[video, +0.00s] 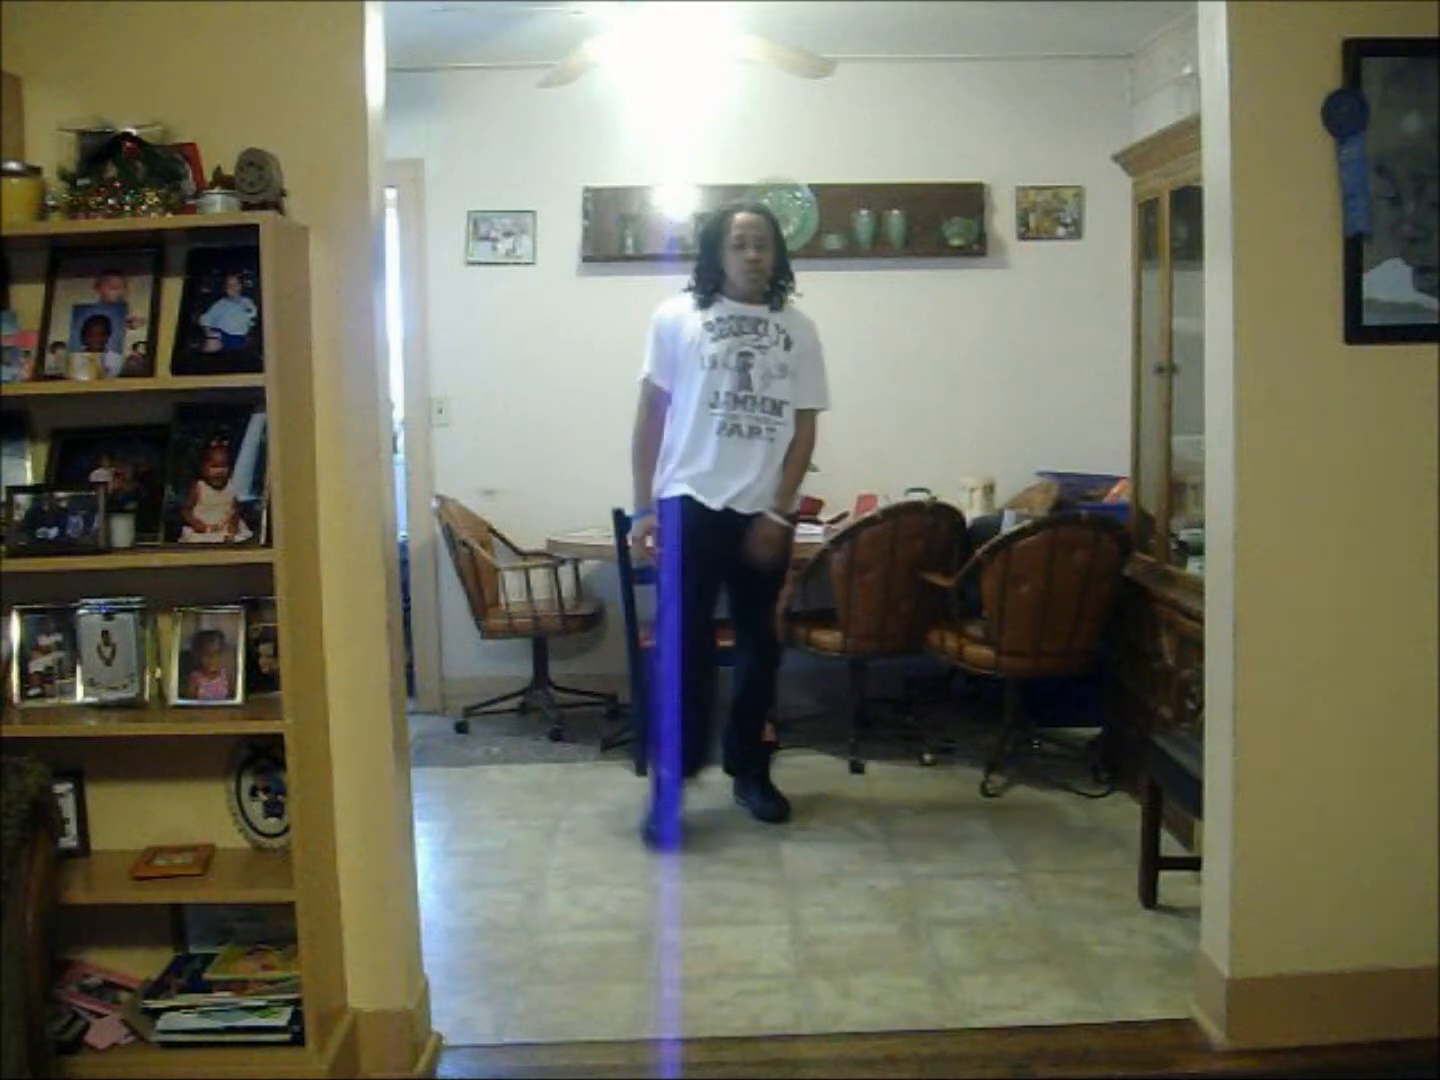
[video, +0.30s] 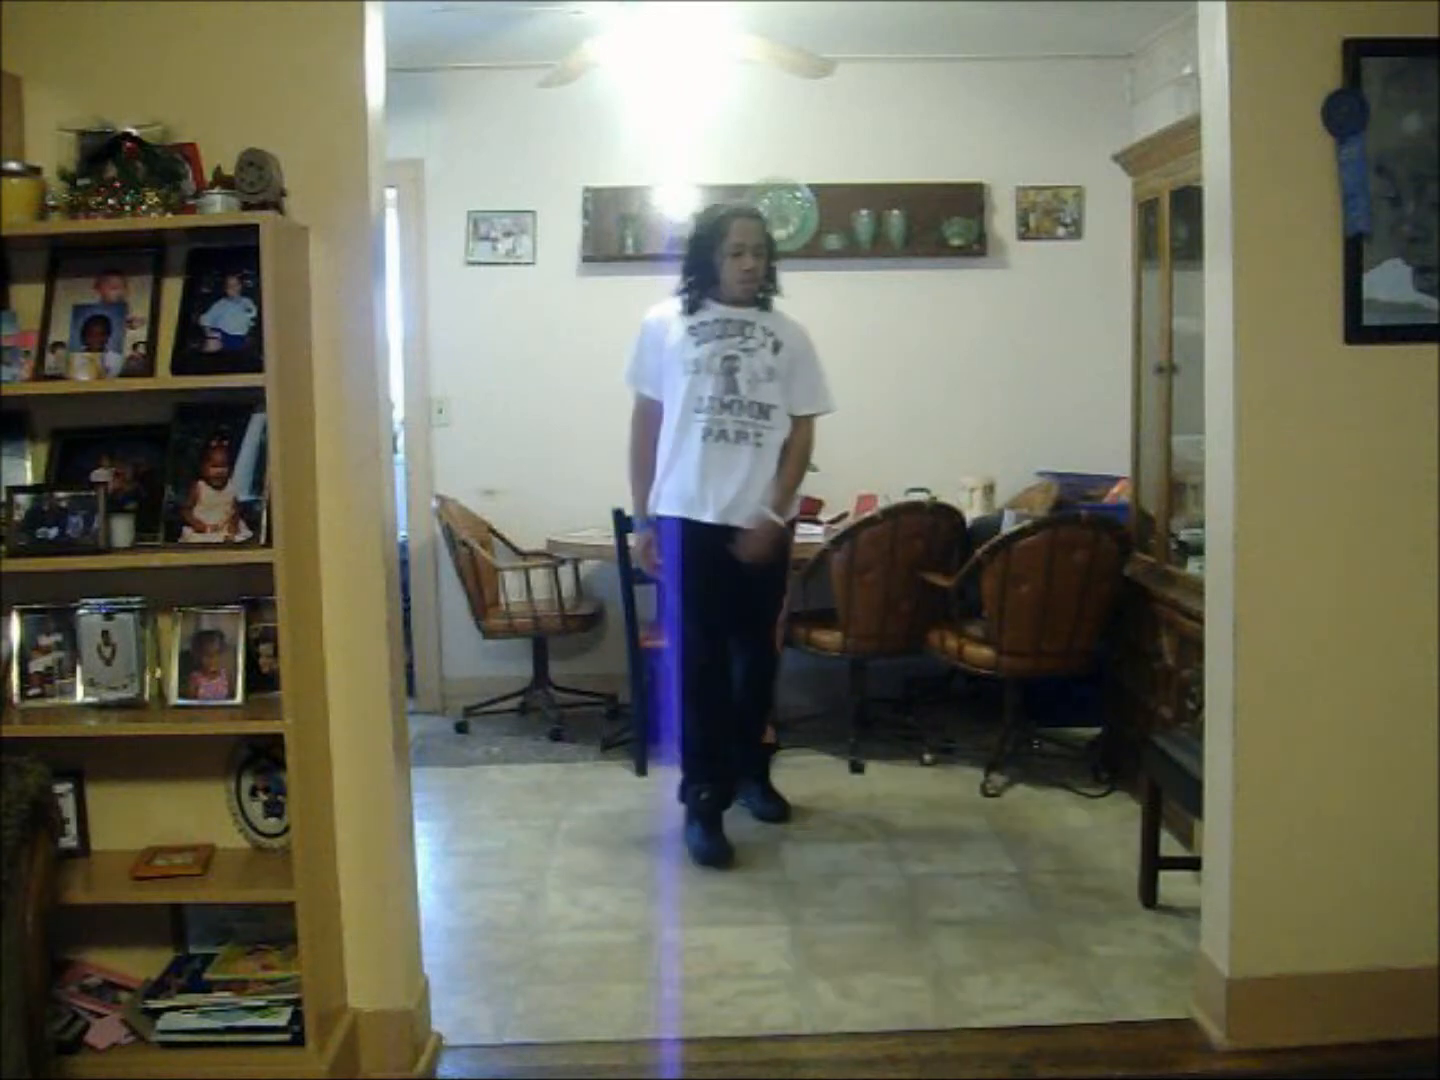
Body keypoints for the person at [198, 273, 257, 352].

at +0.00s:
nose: (232, 289)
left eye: (235, 285)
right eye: (229, 286)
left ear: (240, 286)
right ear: (225, 287)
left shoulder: (247, 303)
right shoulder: (222, 303)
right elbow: (204, 320)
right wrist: (210, 335)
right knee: (211, 342)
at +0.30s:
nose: (232, 289)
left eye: (235, 286)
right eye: (229, 286)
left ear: (240, 287)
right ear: (225, 288)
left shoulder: (247, 303)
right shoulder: (222, 303)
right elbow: (204, 320)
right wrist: (210, 335)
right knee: (211, 342)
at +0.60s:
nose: (232, 288)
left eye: (235, 285)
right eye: (229, 285)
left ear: (240, 287)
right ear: (225, 287)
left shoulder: (247, 303)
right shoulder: (222, 303)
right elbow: (204, 320)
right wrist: (211, 336)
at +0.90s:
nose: (232, 288)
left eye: (235, 285)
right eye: (229, 285)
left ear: (240, 287)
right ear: (225, 287)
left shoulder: (247, 303)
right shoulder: (222, 303)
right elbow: (204, 320)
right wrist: (210, 335)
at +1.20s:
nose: (232, 288)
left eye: (235, 285)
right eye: (229, 285)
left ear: (240, 287)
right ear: (225, 287)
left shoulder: (247, 303)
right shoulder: (222, 303)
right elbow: (204, 320)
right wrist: (210, 335)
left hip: (243, 338)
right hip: (224, 337)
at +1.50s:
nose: (232, 288)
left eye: (235, 285)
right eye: (229, 285)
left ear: (240, 287)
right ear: (225, 287)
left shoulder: (247, 303)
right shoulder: (222, 304)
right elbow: (204, 320)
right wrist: (210, 335)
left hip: (243, 338)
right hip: (225, 337)